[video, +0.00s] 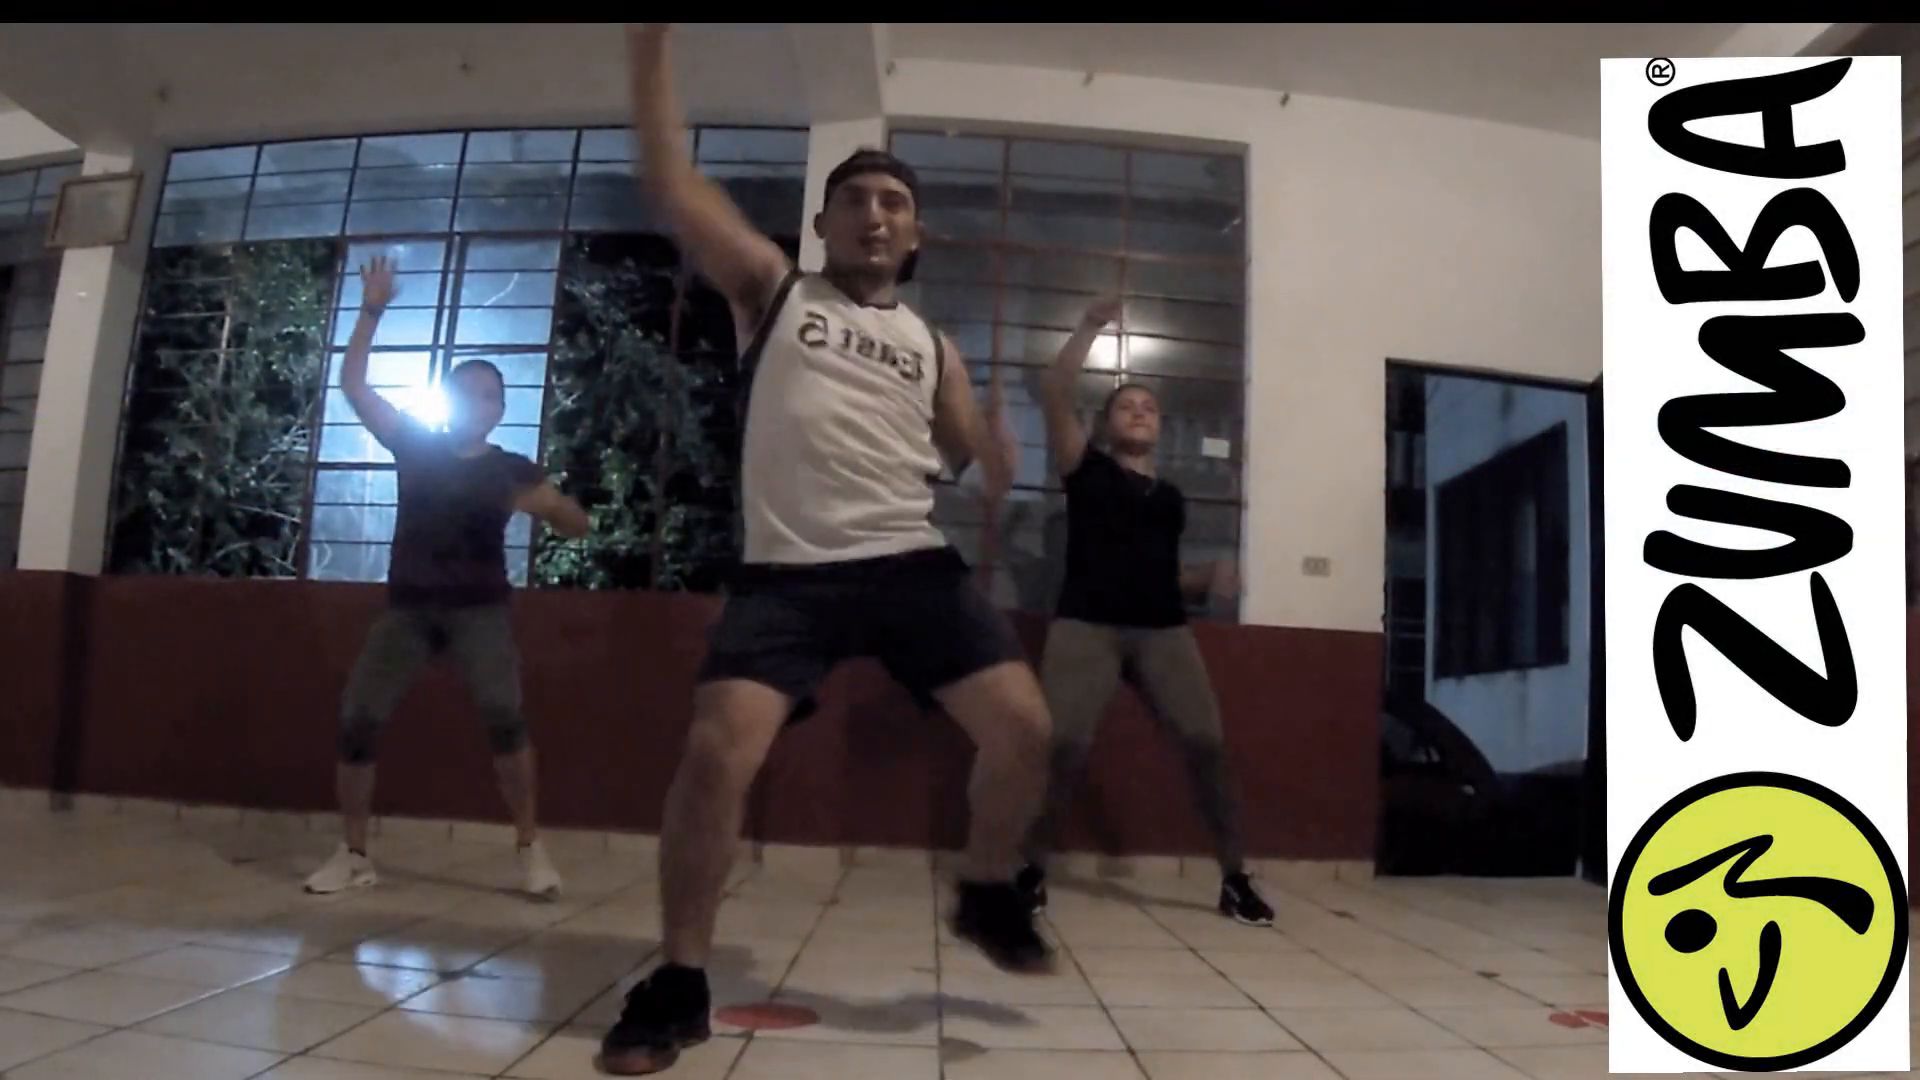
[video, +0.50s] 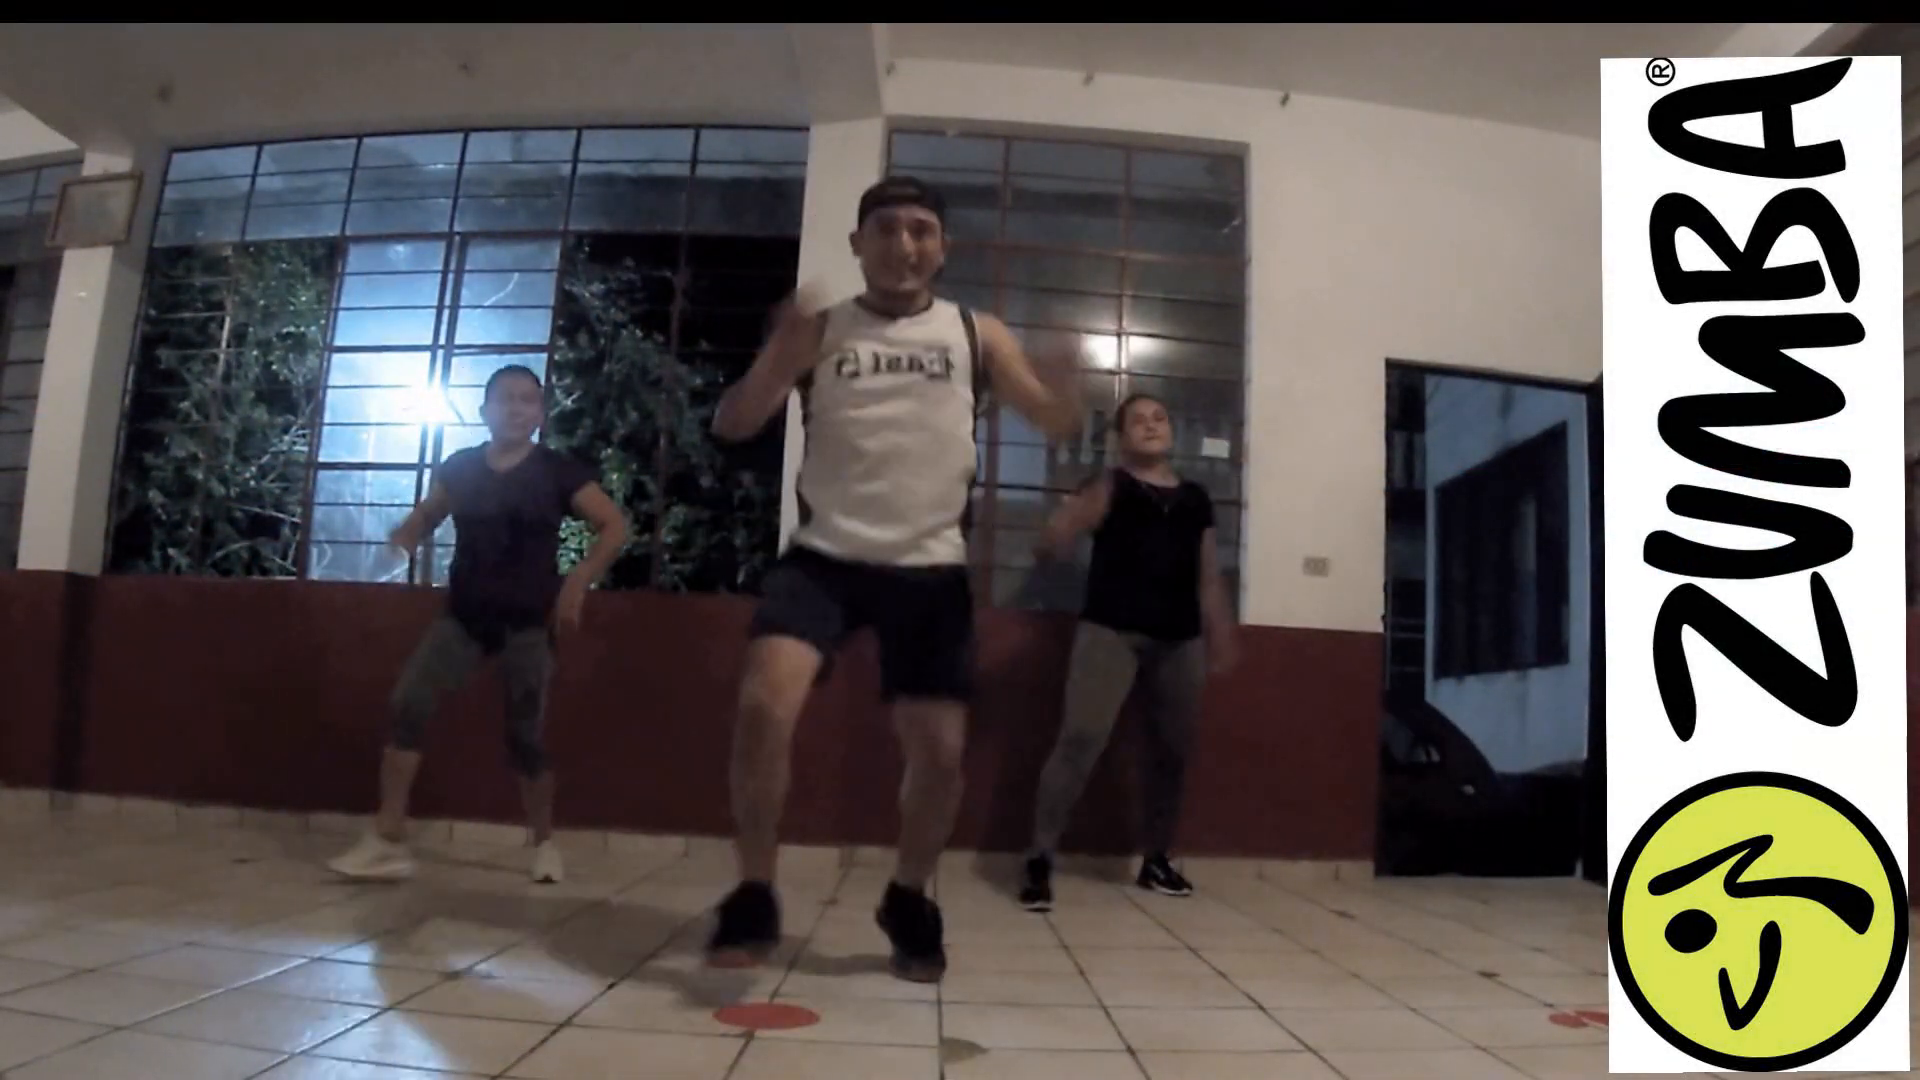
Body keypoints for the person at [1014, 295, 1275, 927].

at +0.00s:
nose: (1140, 414)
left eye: (1149, 409)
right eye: (1129, 407)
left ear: (1159, 429)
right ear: (1106, 423)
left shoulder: (1167, 498)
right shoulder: (1084, 470)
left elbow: (1164, 580)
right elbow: (1055, 390)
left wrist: (1206, 577)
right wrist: (1088, 327)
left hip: (1160, 628)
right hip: (1087, 624)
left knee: (1205, 739)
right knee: (1064, 743)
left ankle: (1234, 877)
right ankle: (1030, 872)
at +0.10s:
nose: (1139, 406)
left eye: (1147, 403)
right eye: (1126, 400)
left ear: (1156, 424)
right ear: (1105, 419)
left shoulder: (1155, 487)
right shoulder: (1081, 459)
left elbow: (1148, 555)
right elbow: (1048, 384)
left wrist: (1154, 607)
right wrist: (1090, 327)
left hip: (1153, 623)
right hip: (1083, 621)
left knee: (1206, 722)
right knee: (1063, 733)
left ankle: (1218, 858)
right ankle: (1033, 865)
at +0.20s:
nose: (1138, 409)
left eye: (1146, 404)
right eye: (1127, 402)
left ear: (1157, 423)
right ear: (1106, 417)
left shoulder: (1153, 487)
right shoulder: (1082, 461)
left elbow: (1150, 555)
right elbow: (1050, 394)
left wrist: (1157, 610)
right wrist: (1092, 331)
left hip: (1156, 622)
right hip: (1088, 620)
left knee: (1203, 725)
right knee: (1069, 735)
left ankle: (1182, 832)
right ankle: (1034, 864)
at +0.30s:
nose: (1141, 421)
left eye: (1148, 415)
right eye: (1130, 414)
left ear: (1159, 429)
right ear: (1109, 425)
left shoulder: (1164, 496)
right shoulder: (1087, 473)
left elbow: (1159, 560)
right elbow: (1054, 417)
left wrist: (1169, 617)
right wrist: (1092, 353)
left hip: (1165, 627)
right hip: (1100, 619)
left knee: (1182, 738)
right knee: (1074, 739)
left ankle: (1166, 845)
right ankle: (1034, 864)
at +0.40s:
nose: (1146, 428)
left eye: (1153, 420)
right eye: (1134, 421)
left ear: (1165, 434)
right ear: (1114, 436)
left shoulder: (1178, 503)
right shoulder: (1101, 490)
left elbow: (1176, 554)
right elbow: (1055, 479)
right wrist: (1080, 423)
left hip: (1171, 634)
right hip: (1107, 630)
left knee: (1173, 748)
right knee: (1080, 744)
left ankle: (1157, 859)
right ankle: (1034, 865)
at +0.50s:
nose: (1153, 427)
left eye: (1160, 420)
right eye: (1141, 421)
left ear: (1172, 432)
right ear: (1121, 436)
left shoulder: (1194, 499)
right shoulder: (1107, 488)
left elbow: (1208, 575)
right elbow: (1054, 539)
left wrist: (1221, 635)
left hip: (1177, 638)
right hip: (1111, 634)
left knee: (1174, 749)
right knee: (1082, 740)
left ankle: (1157, 859)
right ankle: (1040, 857)